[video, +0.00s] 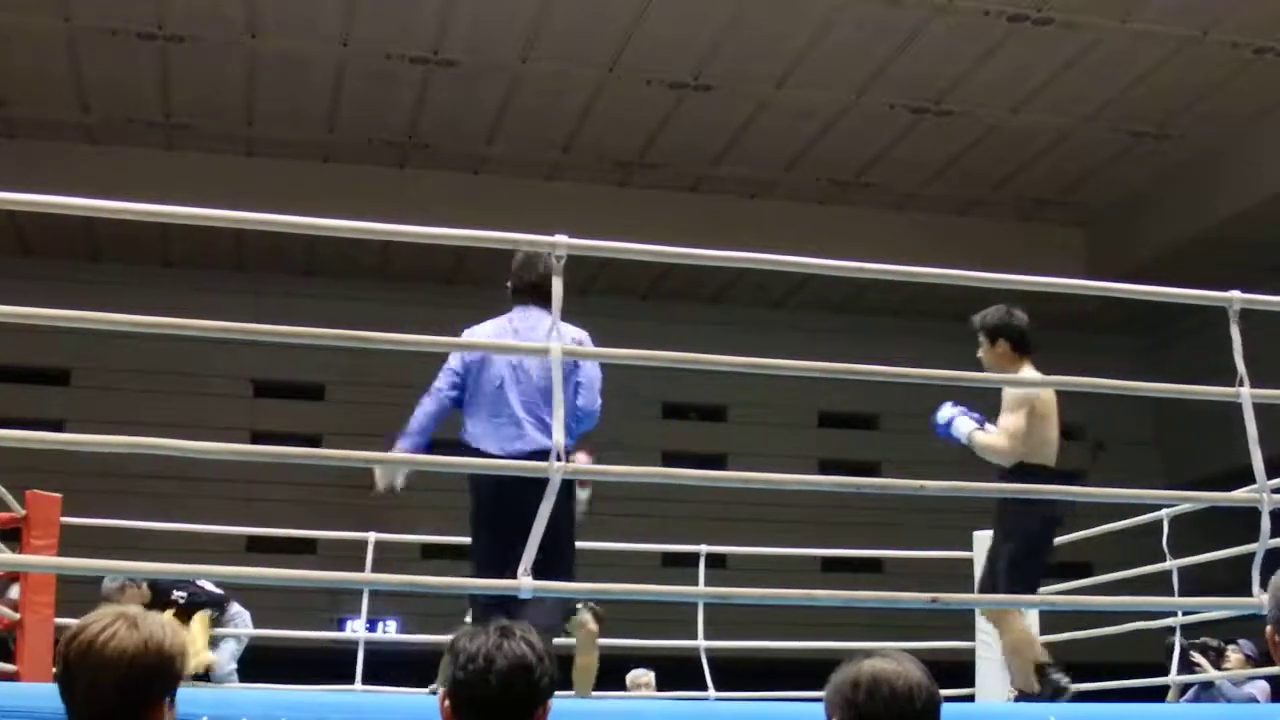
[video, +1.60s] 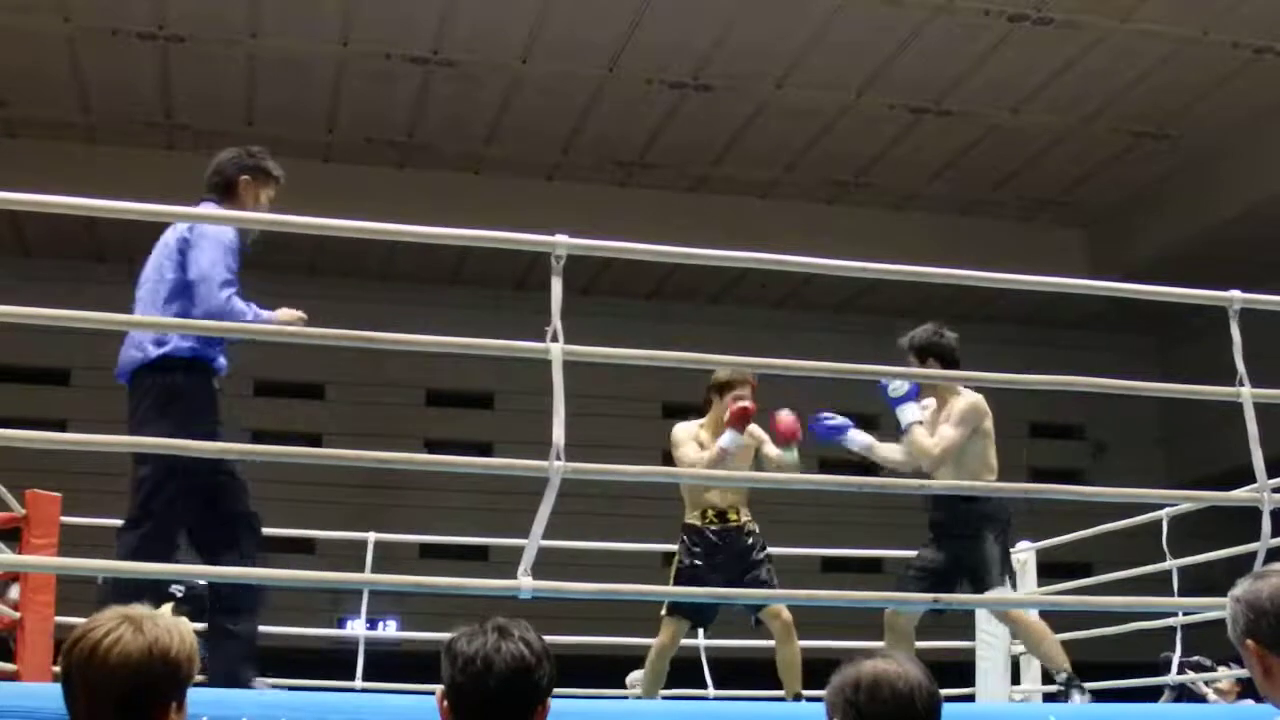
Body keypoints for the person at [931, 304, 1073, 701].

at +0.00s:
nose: (979, 354)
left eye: (982, 345)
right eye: (979, 345)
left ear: (1003, 346)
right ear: (1012, 345)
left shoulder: (1022, 385)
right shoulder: (1034, 383)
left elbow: (1009, 449)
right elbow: (1025, 444)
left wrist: (965, 430)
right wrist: (983, 428)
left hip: (1028, 503)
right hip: (1030, 501)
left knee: (1002, 601)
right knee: (990, 598)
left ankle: (1027, 694)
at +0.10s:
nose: (955, 356)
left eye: (959, 347)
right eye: (956, 347)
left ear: (980, 347)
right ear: (987, 346)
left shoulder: (997, 384)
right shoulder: (1009, 382)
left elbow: (978, 449)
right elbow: (990, 441)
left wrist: (944, 416)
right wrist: (960, 414)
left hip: (1008, 501)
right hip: (1002, 499)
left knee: (989, 601)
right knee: (967, 597)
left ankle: (1024, 698)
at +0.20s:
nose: (936, 367)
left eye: (938, 358)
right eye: (936, 358)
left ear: (958, 358)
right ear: (968, 357)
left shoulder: (976, 395)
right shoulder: (988, 395)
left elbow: (943, 455)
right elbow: (957, 455)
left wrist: (920, 415)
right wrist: (937, 417)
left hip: (992, 505)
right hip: (983, 503)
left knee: (965, 611)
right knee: (942, 608)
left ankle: (1020, 697)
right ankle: (917, 698)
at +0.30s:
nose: (921, 384)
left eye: (924, 375)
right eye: (920, 377)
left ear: (944, 374)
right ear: (950, 375)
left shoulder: (966, 409)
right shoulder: (960, 411)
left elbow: (924, 465)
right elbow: (930, 465)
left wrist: (895, 429)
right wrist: (903, 433)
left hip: (977, 528)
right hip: (956, 527)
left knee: (943, 617)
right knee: (909, 613)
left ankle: (1014, 696)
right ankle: (914, 704)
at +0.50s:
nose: (892, 373)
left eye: (896, 364)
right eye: (892, 366)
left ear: (916, 362)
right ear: (917, 363)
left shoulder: (949, 396)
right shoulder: (920, 412)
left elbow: (914, 451)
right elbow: (910, 469)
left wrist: (883, 408)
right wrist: (871, 440)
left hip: (974, 507)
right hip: (943, 510)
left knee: (960, 600)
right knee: (916, 608)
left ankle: (1013, 694)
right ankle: (920, 700)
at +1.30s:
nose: (881, 371)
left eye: (884, 362)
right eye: (879, 364)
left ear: (904, 361)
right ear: (907, 361)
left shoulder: (946, 395)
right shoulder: (904, 405)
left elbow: (909, 450)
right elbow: (870, 448)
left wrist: (879, 405)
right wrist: (827, 421)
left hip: (971, 512)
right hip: (935, 516)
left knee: (991, 602)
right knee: (902, 612)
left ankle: (1034, 687)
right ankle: (897, 699)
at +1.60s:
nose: (908, 371)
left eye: (912, 363)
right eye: (908, 364)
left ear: (932, 364)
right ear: (932, 365)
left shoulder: (970, 404)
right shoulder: (927, 408)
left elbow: (930, 458)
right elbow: (906, 459)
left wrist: (906, 410)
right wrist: (857, 441)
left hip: (982, 524)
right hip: (946, 527)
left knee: (1003, 605)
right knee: (898, 618)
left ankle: (1070, 683)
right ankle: (897, 704)